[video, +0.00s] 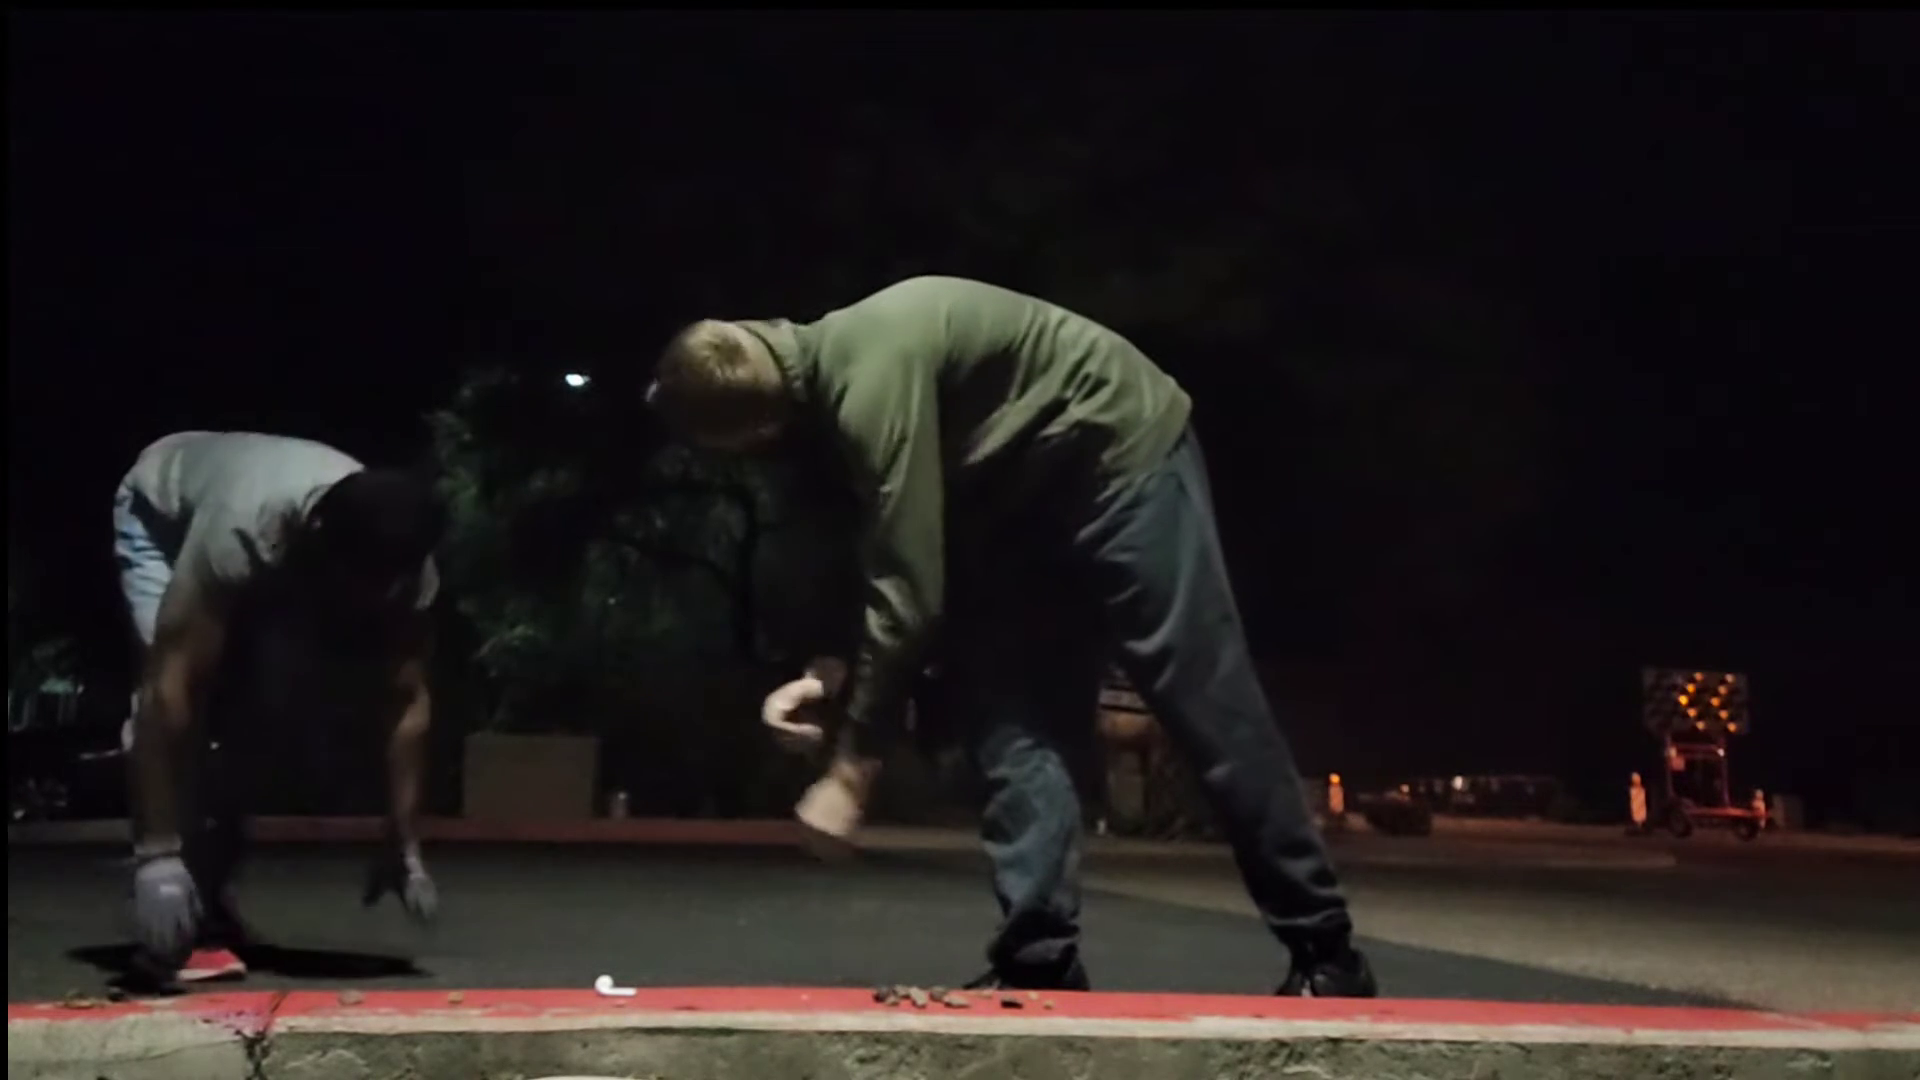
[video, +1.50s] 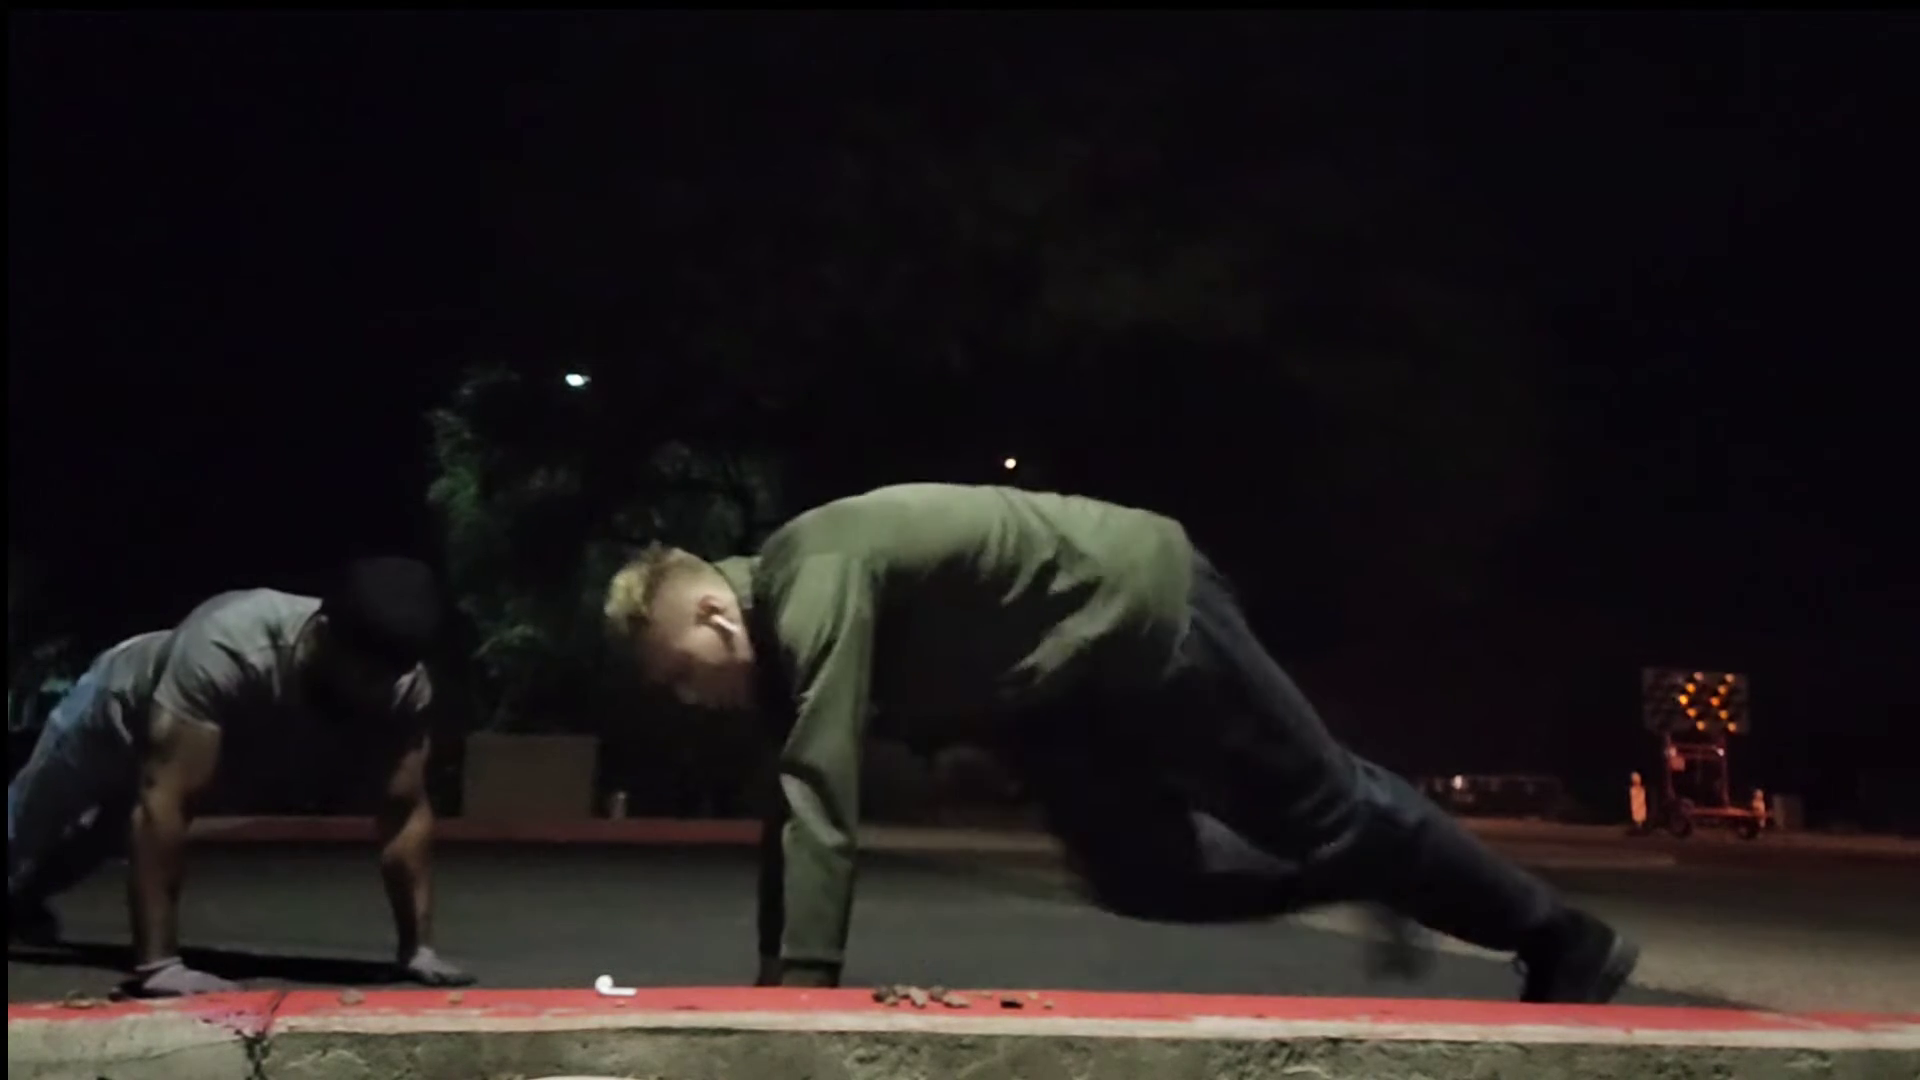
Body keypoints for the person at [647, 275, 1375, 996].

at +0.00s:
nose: (742, 455)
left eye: (734, 441)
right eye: (728, 445)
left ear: (750, 413)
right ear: (749, 374)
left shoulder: (875, 372)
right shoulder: (814, 394)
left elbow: (908, 596)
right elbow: (871, 562)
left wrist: (849, 769)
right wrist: (832, 672)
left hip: (1121, 452)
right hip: (1012, 503)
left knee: (1200, 694)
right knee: (1017, 718)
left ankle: (1325, 948)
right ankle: (1038, 954)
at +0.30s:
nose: (731, 493)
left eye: (722, 471)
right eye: (713, 484)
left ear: (747, 411)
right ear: (738, 409)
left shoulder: (874, 405)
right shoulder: (805, 432)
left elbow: (952, 607)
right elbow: (860, 612)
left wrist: (954, 800)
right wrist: (846, 759)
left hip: (1122, 459)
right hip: (1022, 510)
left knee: (1201, 709)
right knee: (1017, 726)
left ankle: (1328, 952)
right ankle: (1038, 956)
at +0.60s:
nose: (724, 563)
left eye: (712, 537)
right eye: (702, 555)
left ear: (734, 470)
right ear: (724, 486)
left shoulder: (856, 452)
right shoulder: (793, 505)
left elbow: (904, 655)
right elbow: (820, 689)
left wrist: (899, 855)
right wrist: (817, 835)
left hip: (1114, 465)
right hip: (1007, 533)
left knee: (1223, 706)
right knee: (991, 733)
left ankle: (1406, 930)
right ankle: (1038, 955)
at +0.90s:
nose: (731, 654)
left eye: (713, 628)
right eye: (709, 645)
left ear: (732, 566)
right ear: (728, 575)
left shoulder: (834, 540)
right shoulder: (805, 557)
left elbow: (824, 750)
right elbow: (802, 759)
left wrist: (794, 951)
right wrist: (753, 940)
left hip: (1110, 485)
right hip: (1012, 552)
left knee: (1249, 716)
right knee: (957, 733)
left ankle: (1483, 907)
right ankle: (1029, 956)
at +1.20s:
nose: (737, 705)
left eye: (723, 681)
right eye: (714, 695)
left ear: (747, 619)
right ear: (736, 627)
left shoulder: (841, 577)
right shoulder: (801, 597)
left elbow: (830, 800)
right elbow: (817, 800)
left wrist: (798, 983)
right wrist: (783, 976)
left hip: (1143, 576)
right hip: (1050, 613)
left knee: (1307, 790)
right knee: (932, 784)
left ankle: (1562, 942)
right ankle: (1032, 975)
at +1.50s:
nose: (712, 694)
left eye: (694, 670)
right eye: (688, 687)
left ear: (712, 609)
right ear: (701, 636)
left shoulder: (818, 575)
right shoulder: (777, 618)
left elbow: (821, 792)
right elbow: (794, 801)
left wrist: (801, 991)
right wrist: (781, 986)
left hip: (1147, 608)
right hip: (1061, 694)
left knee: (1332, 811)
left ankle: (1564, 940)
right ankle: (1372, 870)